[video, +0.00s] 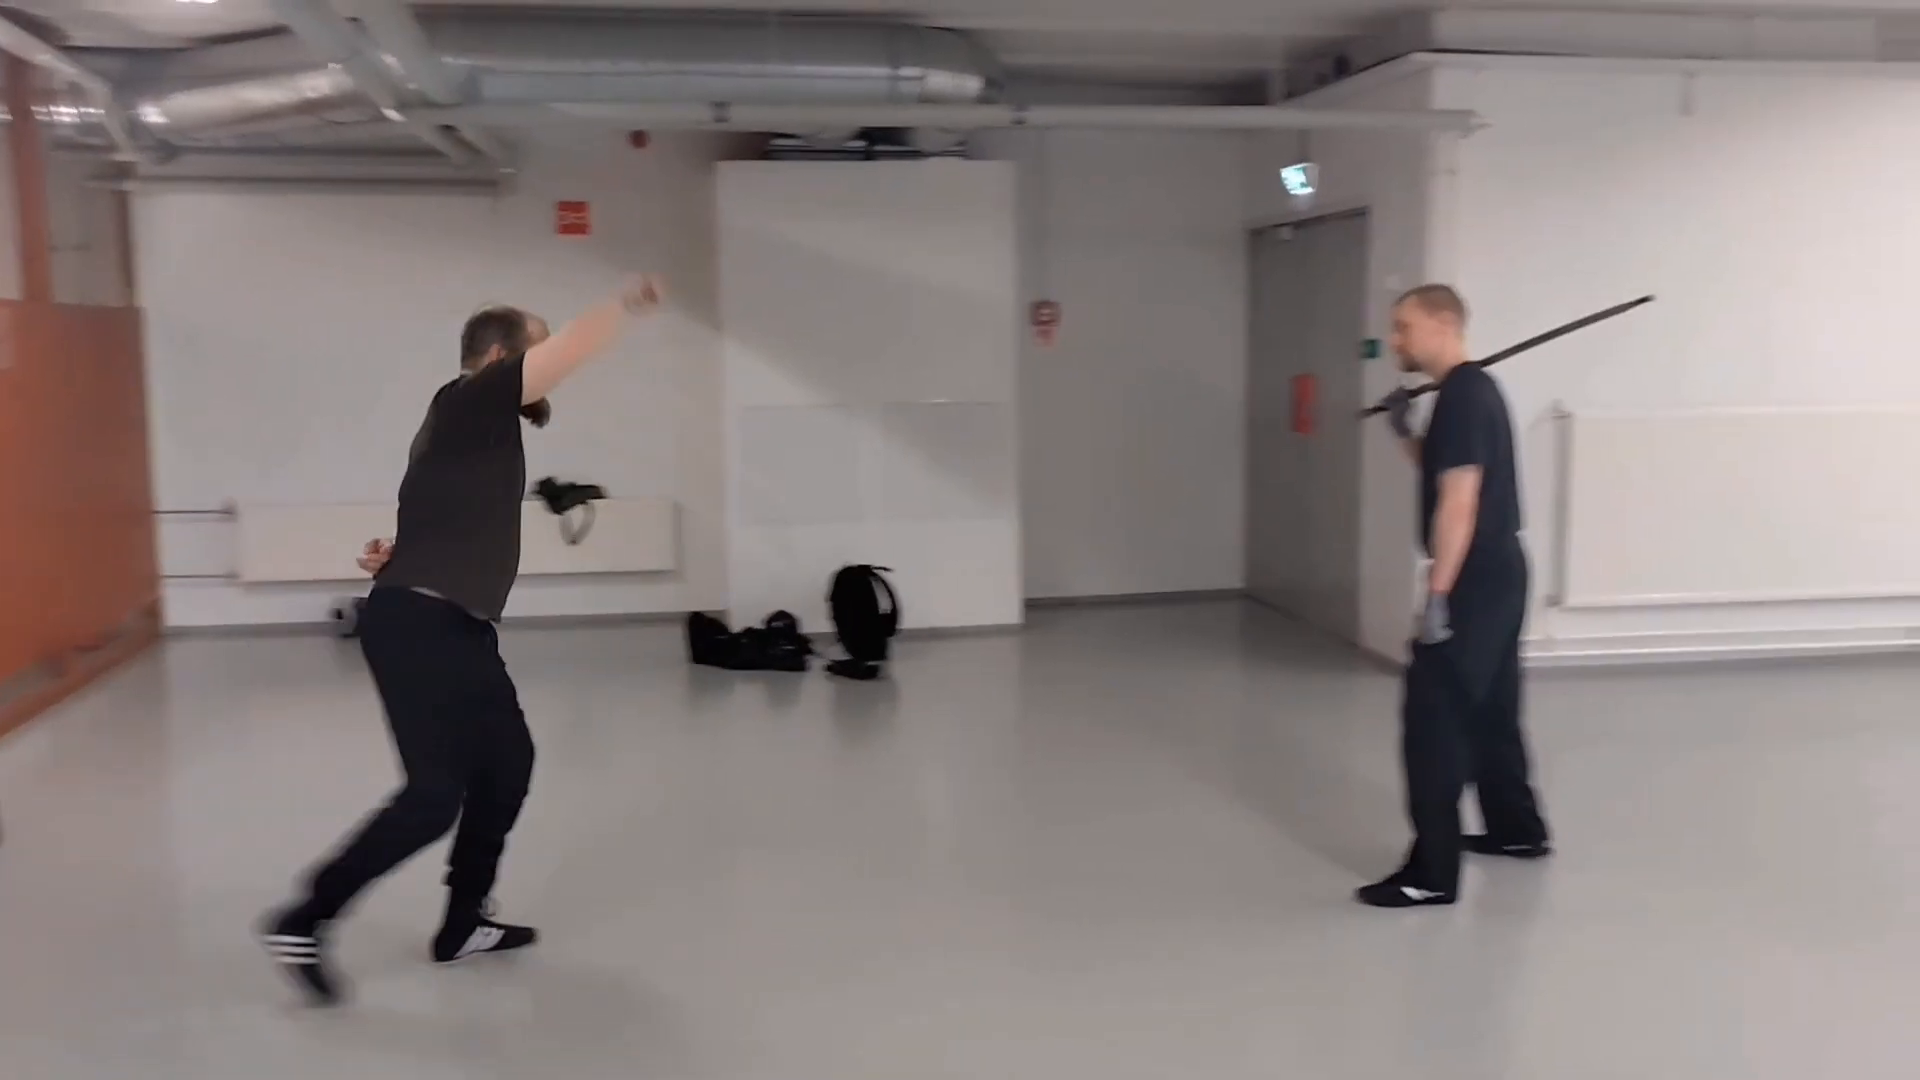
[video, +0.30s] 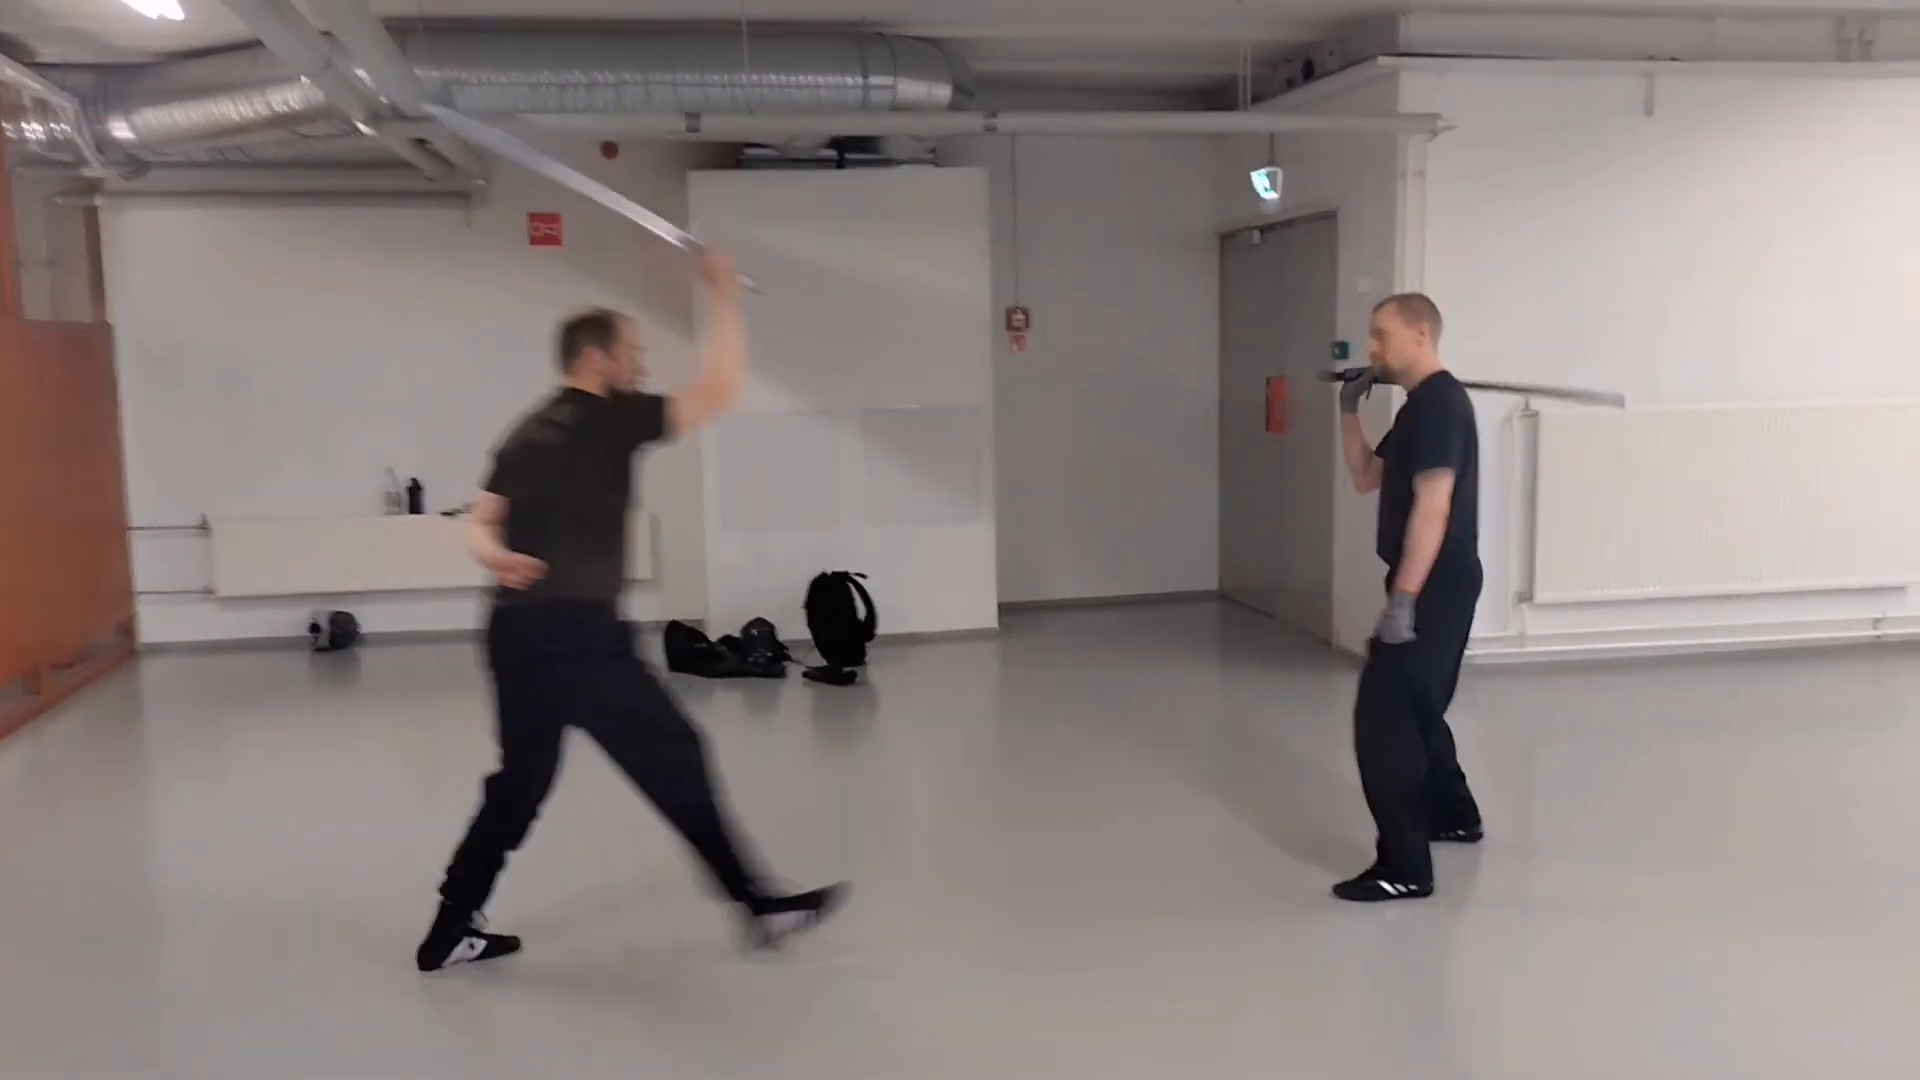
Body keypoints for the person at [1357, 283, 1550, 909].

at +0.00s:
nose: (1394, 342)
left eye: (1402, 328)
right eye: (1394, 330)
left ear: (1442, 325)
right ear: (1442, 329)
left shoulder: (1462, 393)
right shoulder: (1473, 388)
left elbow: (1460, 500)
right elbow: (1446, 476)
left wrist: (1436, 595)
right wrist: (1408, 432)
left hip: (1473, 574)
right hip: (1493, 568)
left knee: (1430, 712)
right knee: (1487, 703)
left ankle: (1433, 871)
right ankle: (1517, 828)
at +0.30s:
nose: (1371, 348)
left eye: (1379, 336)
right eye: (1372, 337)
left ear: (1419, 337)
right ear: (1417, 337)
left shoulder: (1438, 401)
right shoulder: (1420, 403)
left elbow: (1434, 506)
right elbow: (1366, 476)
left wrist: (1401, 597)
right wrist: (1350, 406)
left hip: (1433, 584)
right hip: (1428, 579)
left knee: (1382, 716)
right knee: (1415, 706)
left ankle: (1404, 869)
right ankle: (1453, 815)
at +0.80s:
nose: (1367, 340)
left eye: (1377, 329)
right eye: (1367, 331)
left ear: (1418, 331)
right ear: (1384, 338)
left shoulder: (1454, 405)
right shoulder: (1373, 394)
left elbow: (1466, 506)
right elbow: (1313, 421)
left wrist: (1442, 589)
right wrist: (1282, 407)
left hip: (1430, 574)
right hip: (1382, 570)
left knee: (1402, 716)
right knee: (1417, 706)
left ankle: (1388, 865)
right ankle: (1455, 822)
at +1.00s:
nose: (1328, 347)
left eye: (1340, 336)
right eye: (1329, 337)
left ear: (1380, 342)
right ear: (1350, 346)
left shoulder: (1415, 416)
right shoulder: (1331, 413)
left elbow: (1434, 515)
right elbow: (1292, 482)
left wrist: (1409, 600)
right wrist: (1255, 487)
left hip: (1402, 588)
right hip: (1352, 585)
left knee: (1359, 712)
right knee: (1402, 708)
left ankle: (1350, 873)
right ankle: (1446, 823)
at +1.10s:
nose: (1308, 347)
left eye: (1320, 336)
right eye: (1309, 337)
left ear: (1362, 344)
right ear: (1325, 346)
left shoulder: (1396, 421)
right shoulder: (1309, 412)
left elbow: (1411, 522)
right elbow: (1259, 482)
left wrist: (1390, 608)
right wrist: (1199, 488)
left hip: (1373, 593)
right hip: (1324, 587)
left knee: (1333, 717)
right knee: (1365, 709)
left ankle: (1340, 873)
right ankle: (1433, 808)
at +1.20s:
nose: (1285, 344)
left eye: (1297, 335)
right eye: (1286, 334)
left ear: (1338, 343)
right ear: (1314, 343)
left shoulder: (1371, 421)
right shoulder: (1281, 406)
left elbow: (1387, 525)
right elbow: (1216, 457)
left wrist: (1355, 608)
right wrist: (1150, 458)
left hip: (1341, 594)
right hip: (1289, 587)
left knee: (1313, 727)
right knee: (1288, 722)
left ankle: (1332, 874)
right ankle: (1376, 778)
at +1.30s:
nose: (1258, 339)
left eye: (1271, 330)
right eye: (1260, 329)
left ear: (1312, 341)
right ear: (1296, 340)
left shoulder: (1342, 419)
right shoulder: (1251, 400)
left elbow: (1356, 520)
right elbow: (1166, 430)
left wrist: (1332, 608)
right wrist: (1089, 417)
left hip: (1311, 600)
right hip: (1253, 593)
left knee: (1303, 735)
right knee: (1219, 715)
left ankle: (1332, 872)